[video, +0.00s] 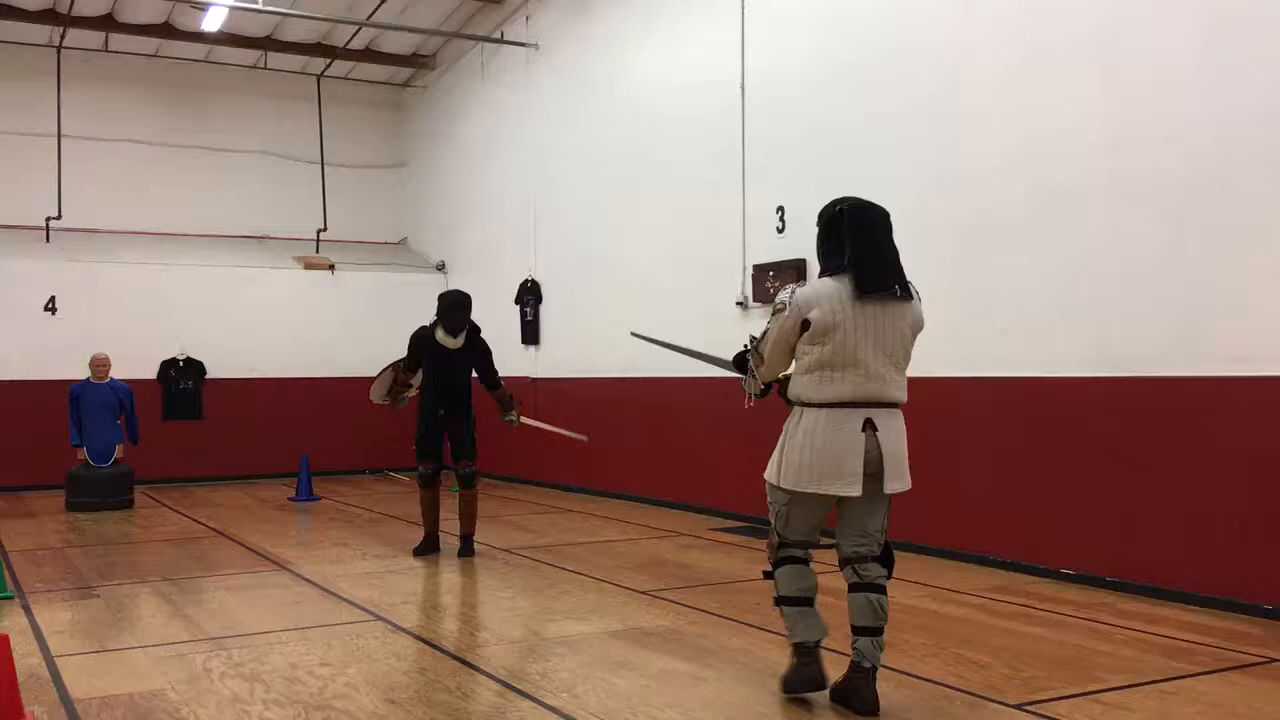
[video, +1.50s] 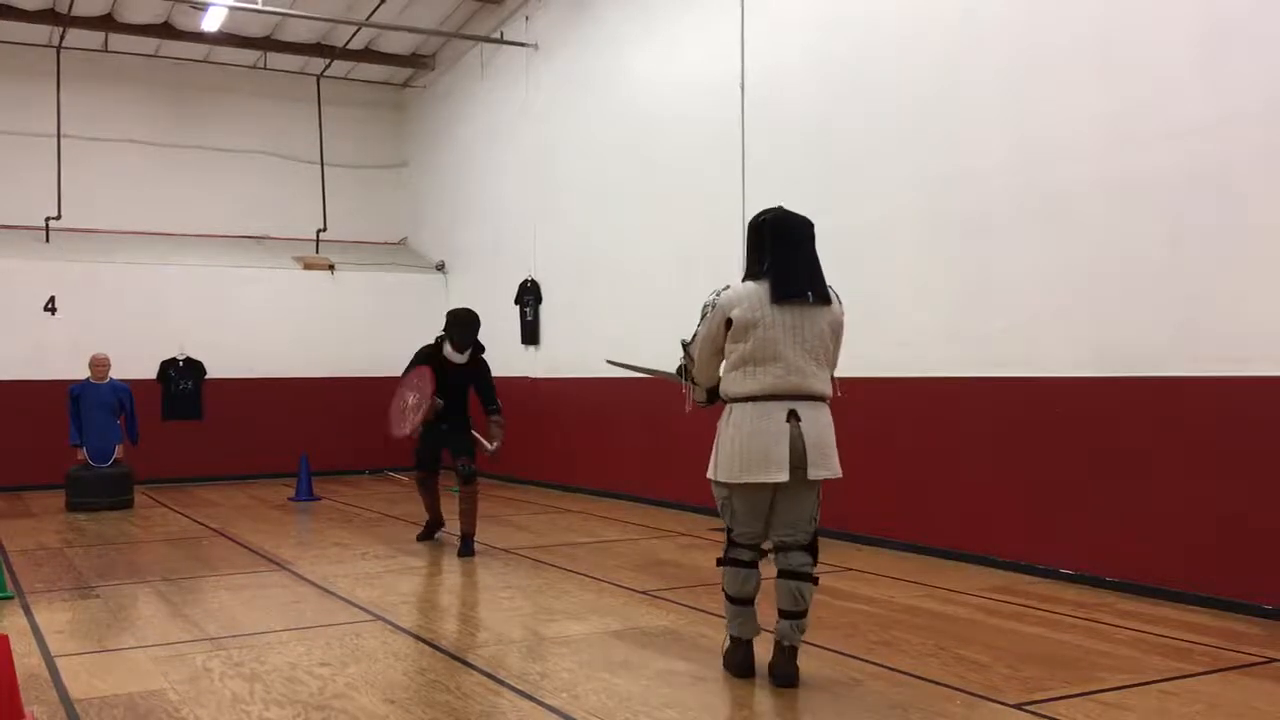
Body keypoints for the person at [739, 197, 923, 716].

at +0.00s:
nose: (817, 247)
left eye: (820, 238)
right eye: (821, 238)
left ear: (830, 243)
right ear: (882, 241)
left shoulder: (809, 299)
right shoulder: (907, 304)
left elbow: (770, 365)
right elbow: (885, 363)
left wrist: (754, 368)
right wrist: (799, 369)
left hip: (814, 442)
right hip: (883, 445)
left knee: (791, 545)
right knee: (866, 554)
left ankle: (805, 661)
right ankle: (863, 676)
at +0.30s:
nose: (811, 251)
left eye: (814, 243)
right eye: (815, 243)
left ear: (822, 245)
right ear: (876, 243)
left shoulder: (801, 300)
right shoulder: (901, 304)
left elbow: (765, 370)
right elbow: (883, 366)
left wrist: (753, 373)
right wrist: (796, 369)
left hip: (810, 440)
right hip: (878, 443)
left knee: (783, 548)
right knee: (863, 555)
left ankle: (759, 647)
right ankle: (863, 676)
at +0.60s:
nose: (790, 255)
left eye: (793, 247)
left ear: (799, 251)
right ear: (853, 249)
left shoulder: (780, 304)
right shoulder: (876, 306)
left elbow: (746, 376)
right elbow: (868, 367)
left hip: (791, 441)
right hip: (859, 441)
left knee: (769, 550)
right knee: (853, 555)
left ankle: (745, 644)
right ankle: (861, 674)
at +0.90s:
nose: (755, 256)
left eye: (758, 247)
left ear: (763, 250)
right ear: (815, 251)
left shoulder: (742, 304)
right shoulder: (839, 306)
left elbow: (713, 374)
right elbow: (833, 366)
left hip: (757, 438)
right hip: (825, 437)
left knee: (751, 546)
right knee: (826, 542)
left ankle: (741, 649)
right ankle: (851, 648)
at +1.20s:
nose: (740, 256)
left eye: (743, 248)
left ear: (748, 250)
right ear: (799, 250)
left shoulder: (726, 301)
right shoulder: (823, 303)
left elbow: (698, 368)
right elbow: (820, 367)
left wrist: (703, 385)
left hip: (744, 436)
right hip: (809, 436)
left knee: (743, 544)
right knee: (796, 539)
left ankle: (740, 646)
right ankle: (802, 646)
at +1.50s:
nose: (749, 256)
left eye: (751, 247)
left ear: (756, 250)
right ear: (807, 249)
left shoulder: (735, 299)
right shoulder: (829, 304)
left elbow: (702, 365)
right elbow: (825, 369)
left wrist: (707, 387)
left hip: (748, 436)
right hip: (811, 436)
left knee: (743, 544)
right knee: (796, 547)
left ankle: (740, 649)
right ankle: (786, 658)